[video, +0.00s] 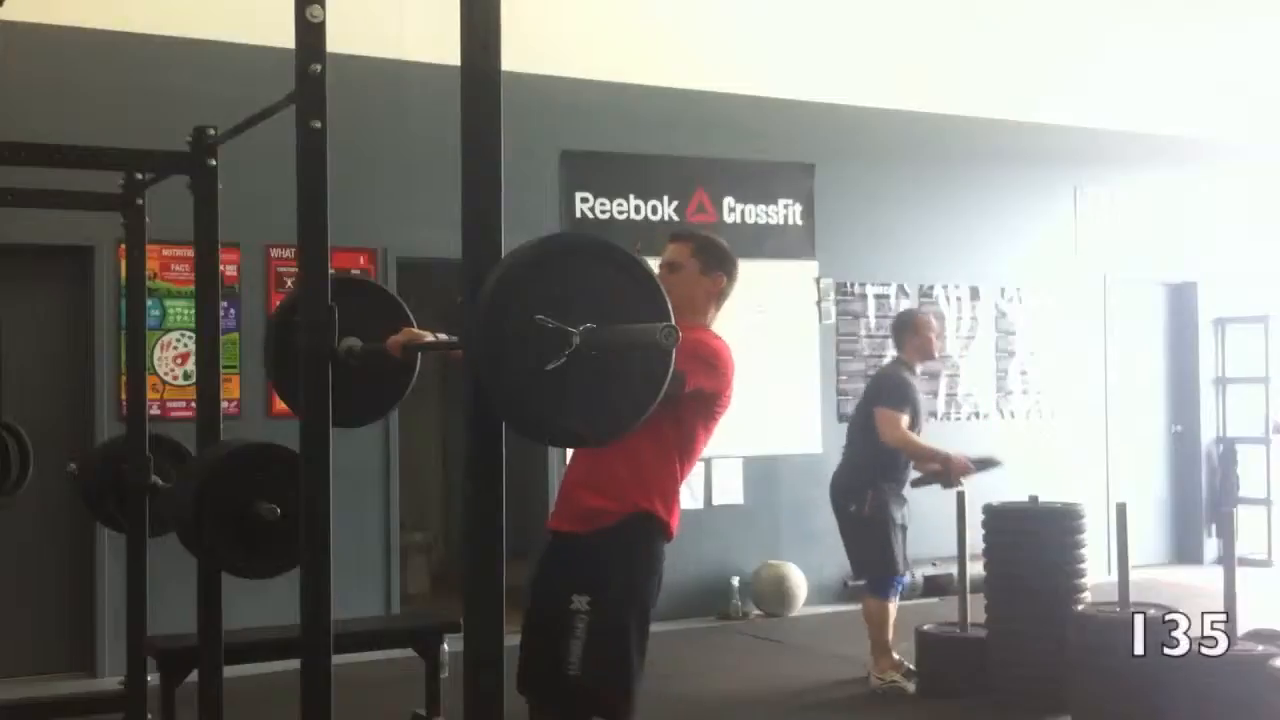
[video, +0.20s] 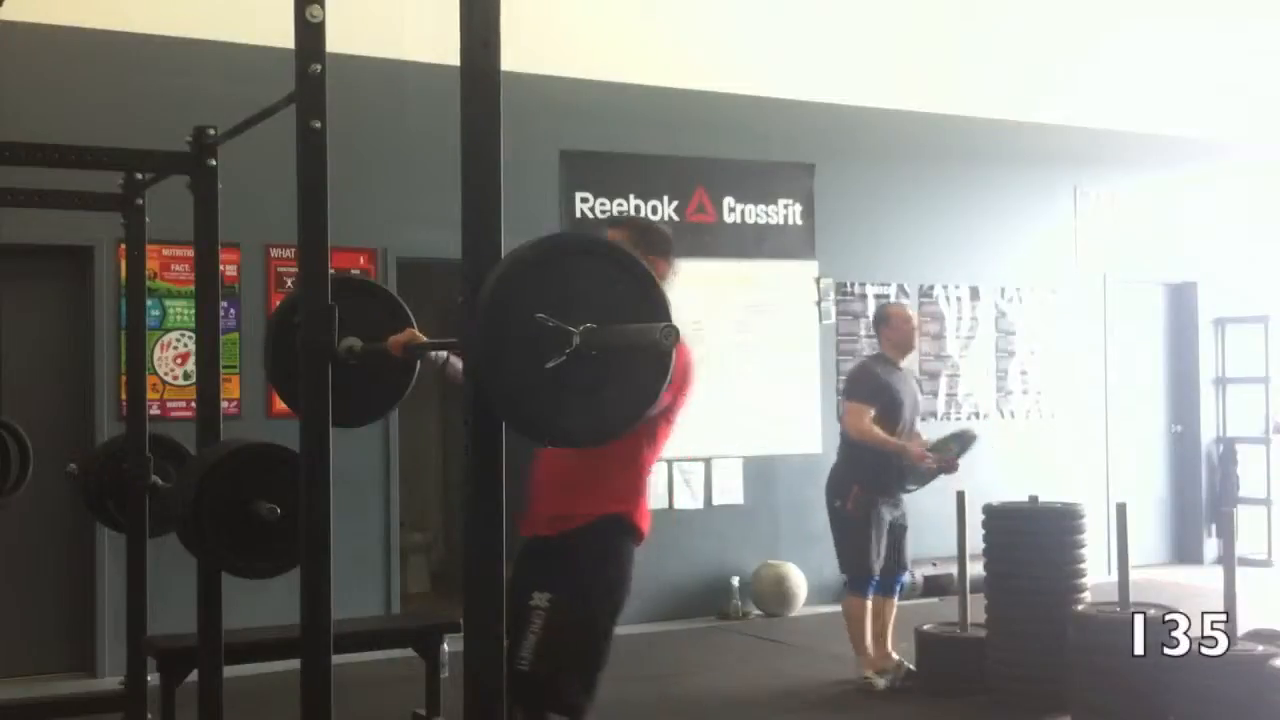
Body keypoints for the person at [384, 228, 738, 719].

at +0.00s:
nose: (658, 277)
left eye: (674, 268)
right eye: (660, 268)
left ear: (715, 283)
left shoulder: (708, 352)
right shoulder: (635, 338)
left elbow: (604, 367)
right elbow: (541, 355)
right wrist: (440, 344)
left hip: (625, 533)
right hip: (570, 530)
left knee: (598, 693)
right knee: (543, 687)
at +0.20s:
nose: (604, 271)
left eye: (620, 260)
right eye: (603, 258)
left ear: (656, 269)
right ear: (598, 261)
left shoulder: (665, 347)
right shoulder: (582, 340)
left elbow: (631, 402)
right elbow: (510, 380)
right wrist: (431, 352)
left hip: (596, 531)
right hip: (546, 529)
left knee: (546, 693)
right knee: (521, 687)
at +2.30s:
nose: (536, 236)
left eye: (552, 228)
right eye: (540, 227)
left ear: (594, 248)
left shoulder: (603, 334)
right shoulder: (519, 330)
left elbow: (534, 386)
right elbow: (442, 399)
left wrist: (568, 311)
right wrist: (468, 325)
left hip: (575, 531)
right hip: (509, 535)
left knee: (582, 688)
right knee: (510, 686)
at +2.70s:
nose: (540, 238)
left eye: (558, 231)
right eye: (545, 229)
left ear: (597, 252)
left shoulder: (604, 336)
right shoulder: (521, 328)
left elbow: (540, 395)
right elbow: (447, 405)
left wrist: (572, 313)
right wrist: (473, 327)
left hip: (568, 533)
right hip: (506, 536)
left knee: (585, 696)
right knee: (526, 693)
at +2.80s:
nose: (554, 236)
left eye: (572, 231)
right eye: (561, 227)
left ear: (606, 256)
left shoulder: (605, 330)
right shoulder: (525, 326)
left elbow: (546, 393)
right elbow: (454, 400)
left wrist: (571, 301)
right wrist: (470, 323)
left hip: (567, 528)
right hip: (506, 530)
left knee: (586, 688)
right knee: (518, 687)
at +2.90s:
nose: (573, 232)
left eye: (593, 228)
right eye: (576, 223)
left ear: (616, 256)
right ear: (567, 244)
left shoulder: (612, 321)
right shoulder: (532, 323)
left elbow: (550, 370)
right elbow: (454, 377)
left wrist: (570, 278)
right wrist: (469, 299)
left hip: (565, 525)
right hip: (505, 524)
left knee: (577, 687)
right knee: (508, 682)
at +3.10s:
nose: (576, 235)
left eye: (595, 226)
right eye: (578, 223)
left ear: (629, 261)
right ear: (570, 246)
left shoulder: (631, 327)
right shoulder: (529, 321)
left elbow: (573, 297)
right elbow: (453, 327)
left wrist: (574, 216)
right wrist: (482, 242)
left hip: (568, 523)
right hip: (498, 520)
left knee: (578, 684)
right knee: (506, 676)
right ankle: (527, 709)